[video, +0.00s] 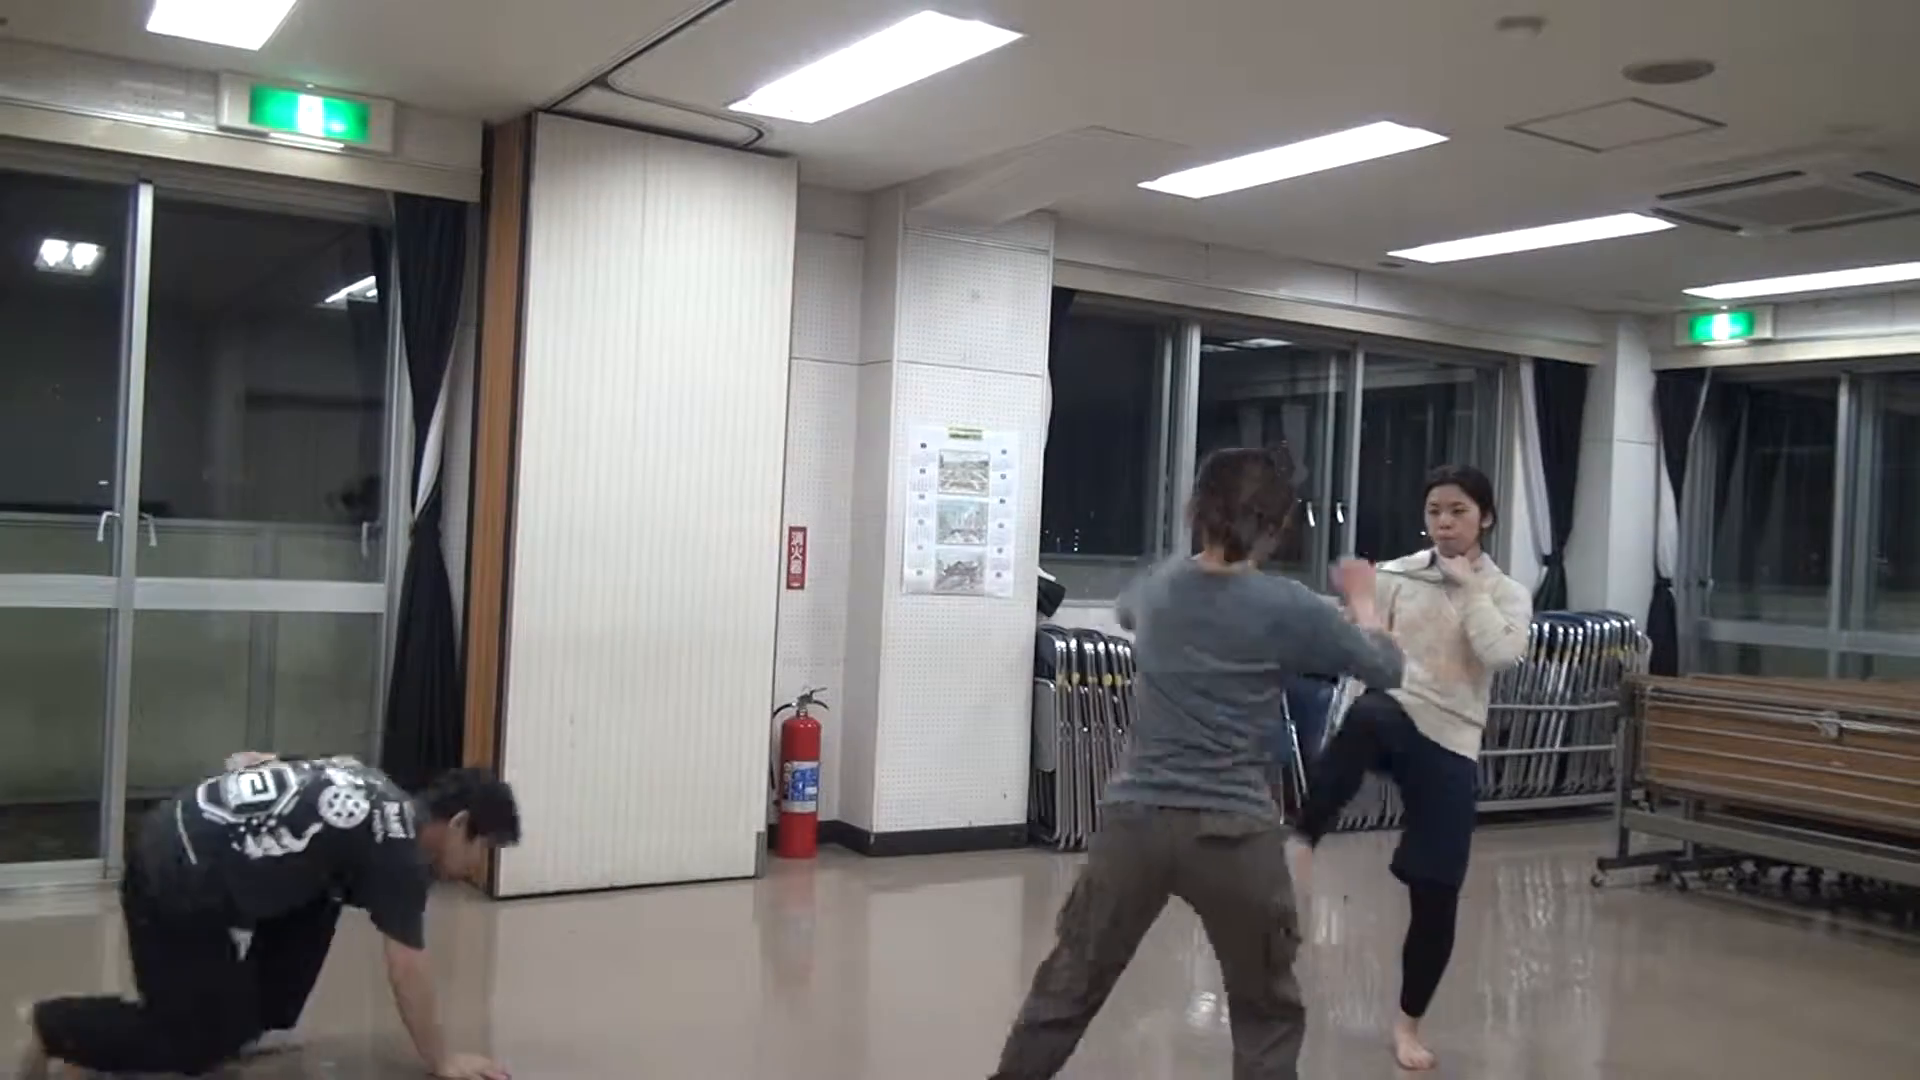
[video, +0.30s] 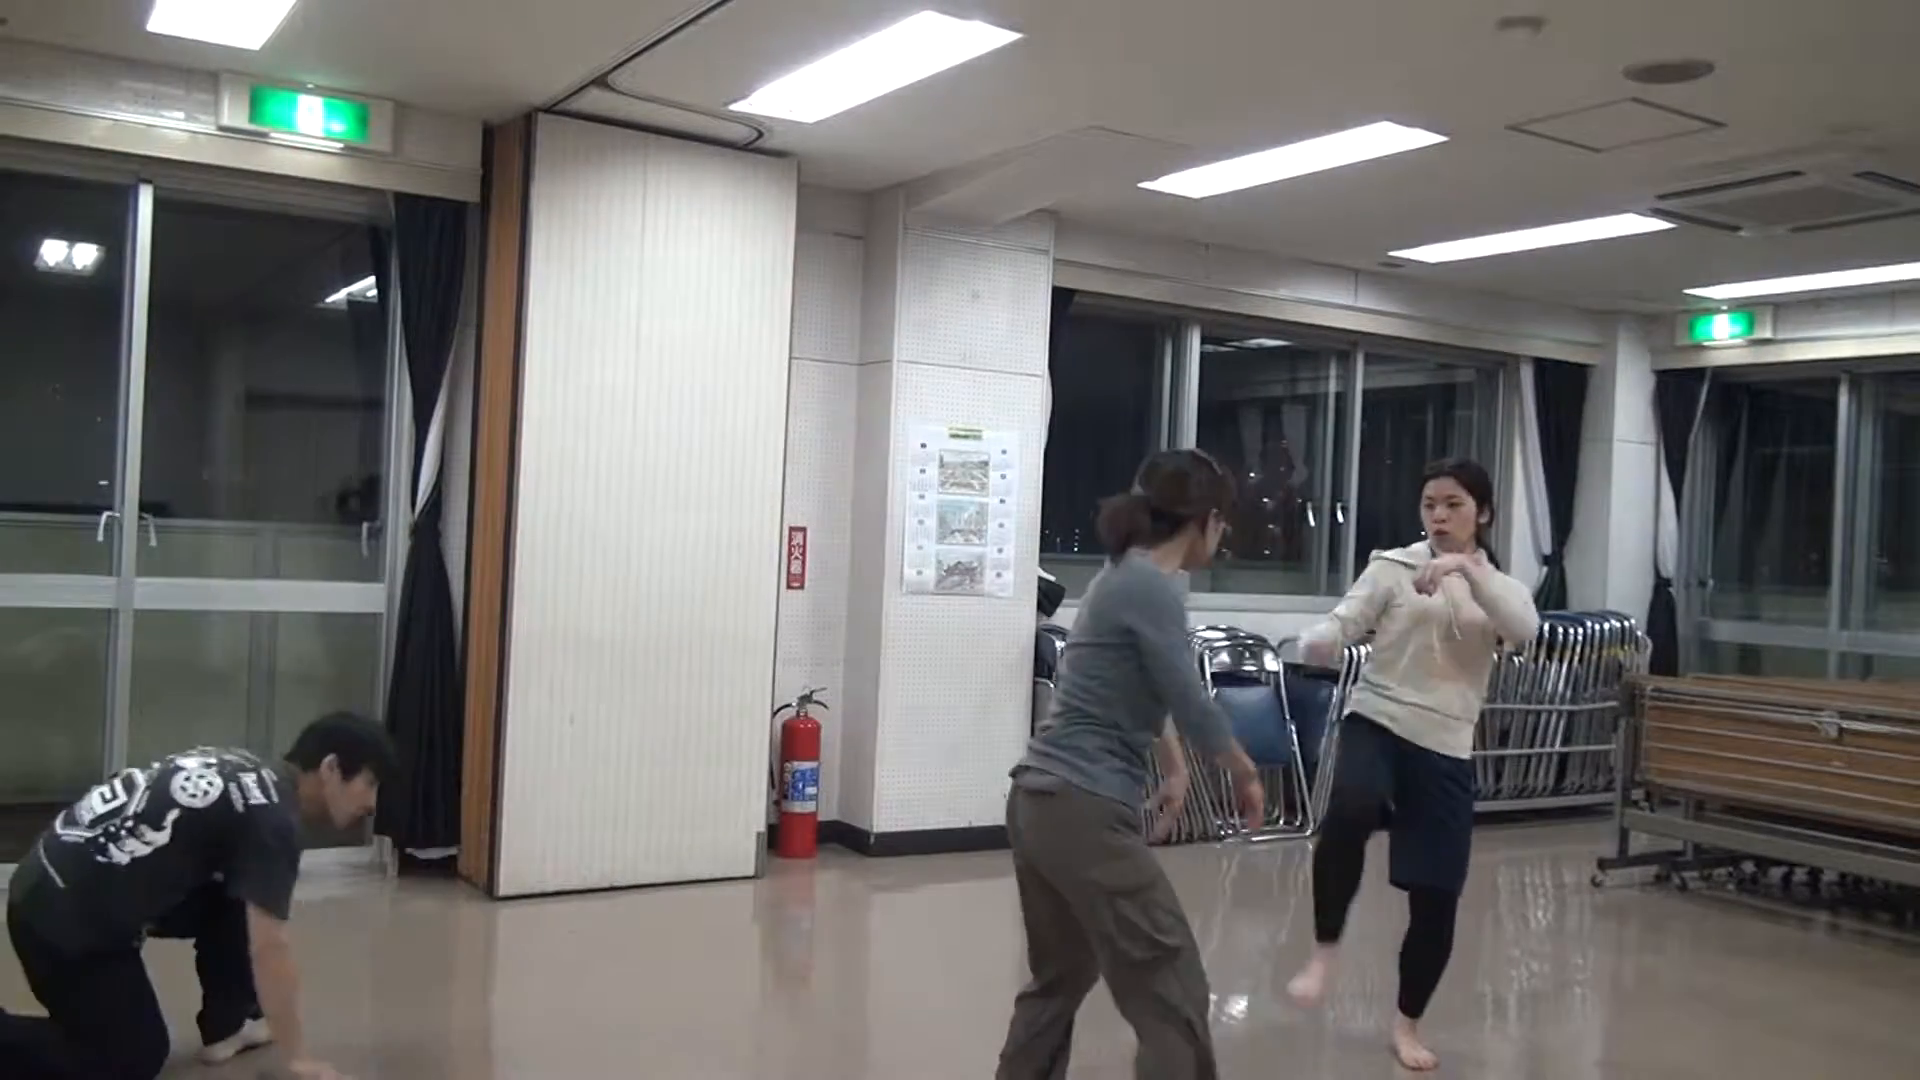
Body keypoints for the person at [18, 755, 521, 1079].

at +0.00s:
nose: (477, 869)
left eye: (487, 857)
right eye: (482, 851)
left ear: (445, 807)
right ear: (456, 822)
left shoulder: (366, 780)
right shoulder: (399, 854)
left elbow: (253, 767)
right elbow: (407, 972)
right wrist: (441, 1061)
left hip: (178, 824)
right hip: (173, 876)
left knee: (313, 898)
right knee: (205, 1036)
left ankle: (260, 1030)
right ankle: (53, 1026)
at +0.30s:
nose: (370, 803)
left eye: (374, 790)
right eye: (369, 785)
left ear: (316, 765)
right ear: (329, 768)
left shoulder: (243, 768)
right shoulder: (271, 821)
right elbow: (269, 949)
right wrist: (295, 1057)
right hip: (67, 918)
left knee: (226, 908)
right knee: (134, 1056)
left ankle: (227, 1029)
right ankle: (6, 1031)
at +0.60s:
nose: (300, 660)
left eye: (300, 646)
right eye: (291, 645)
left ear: (245, 648)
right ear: (244, 648)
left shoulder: (170, 689)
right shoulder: (208, 715)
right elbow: (154, 789)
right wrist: (145, 914)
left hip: (44, 869)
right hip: (76, 882)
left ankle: (225, 1030)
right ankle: (223, 1028)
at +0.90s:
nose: (231, 541)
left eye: (231, 527)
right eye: (221, 527)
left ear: (166, 531)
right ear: (171, 528)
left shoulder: (101, 569)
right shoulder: (142, 605)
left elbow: (54, 669)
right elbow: (196, 710)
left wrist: (105, 746)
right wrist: (292, 765)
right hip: (37, 801)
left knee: (155, 850)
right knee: (46, 975)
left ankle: (167, 1012)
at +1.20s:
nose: (217, 472)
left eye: (213, 458)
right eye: (201, 460)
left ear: (152, 477)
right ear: (152, 475)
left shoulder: (109, 536)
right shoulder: (146, 551)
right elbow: (146, 657)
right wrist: (243, 725)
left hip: (33, 761)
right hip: (73, 770)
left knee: (36, 911)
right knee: (111, 914)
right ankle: (3, 1037)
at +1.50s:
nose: (355, 539)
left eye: (355, 526)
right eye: (341, 527)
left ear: (301, 539)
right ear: (295, 537)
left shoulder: (290, 610)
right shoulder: (266, 611)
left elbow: (273, 684)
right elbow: (173, 667)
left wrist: (348, 708)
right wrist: (178, 779)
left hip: (180, 798)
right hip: (209, 797)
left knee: (107, 925)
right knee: (349, 872)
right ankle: (353, 1032)